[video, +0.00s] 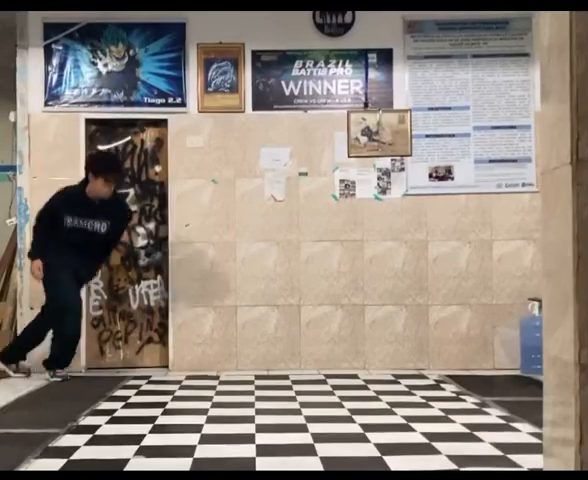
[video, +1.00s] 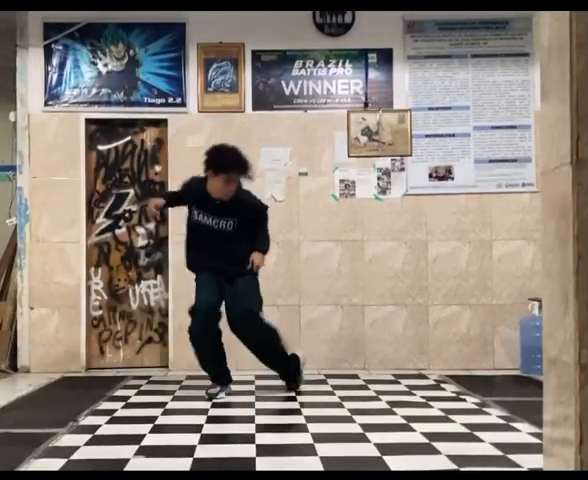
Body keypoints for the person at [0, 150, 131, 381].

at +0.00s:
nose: (111, 189)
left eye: (114, 183)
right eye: (107, 182)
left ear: (117, 182)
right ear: (92, 177)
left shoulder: (119, 211)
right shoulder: (65, 198)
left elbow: (109, 244)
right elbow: (41, 226)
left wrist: (97, 265)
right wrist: (36, 256)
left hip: (84, 269)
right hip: (55, 261)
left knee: (51, 313)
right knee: (70, 310)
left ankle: (11, 355)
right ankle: (56, 364)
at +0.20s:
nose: (152, 175)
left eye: (156, 169)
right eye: (149, 168)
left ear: (158, 167)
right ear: (134, 161)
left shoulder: (153, 190)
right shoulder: (108, 180)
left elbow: (152, 217)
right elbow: (77, 210)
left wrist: (153, 233)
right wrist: (105, 235)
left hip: (122, 254)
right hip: (90, 251)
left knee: (122, 305)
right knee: (84, 304)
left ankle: (86, 336)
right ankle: (60, 358)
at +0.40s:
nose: (211, 182)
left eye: (214, 177)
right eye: (209, 175)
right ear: (196, 167)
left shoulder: (195, 188)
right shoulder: (166, 184)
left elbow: (186, 215)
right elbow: (158, 222)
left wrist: (199, 221)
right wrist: (190, 230)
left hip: (167, 245)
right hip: (139, 245)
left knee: (193, 285)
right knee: (170, 288)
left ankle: (207, 347)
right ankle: (155, 325)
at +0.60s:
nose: (257, 207)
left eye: (260, 201)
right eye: (254, 201)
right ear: (238, 196)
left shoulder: (232, 218)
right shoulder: (219, 219)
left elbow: (226, 258)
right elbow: (217, 262)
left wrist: (246, 275)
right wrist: (242, 281)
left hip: (206, 271)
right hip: (184, 274)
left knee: (251, 311)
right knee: (229, 316)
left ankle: (251, 366)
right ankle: (215, 365)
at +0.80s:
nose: (261, 184)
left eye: (264, 178)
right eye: (258, 177)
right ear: (242, 170)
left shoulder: (255, 200)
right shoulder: (206, 187)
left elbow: (249, 221)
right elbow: (169, 211)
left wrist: (258, 241)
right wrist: (198, 241)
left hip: (234, 258)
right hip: (201, 258)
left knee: (256, 305)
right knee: (223, 301)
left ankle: (260, 357)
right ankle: (216, 350)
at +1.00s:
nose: (232, 188)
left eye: (236, 182)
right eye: (227, 181)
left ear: (240, 179)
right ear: (210, 175)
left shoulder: (251, 206)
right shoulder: (196, 189)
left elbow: (261, 233)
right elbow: (180, 197)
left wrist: (259, 251)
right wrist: (162, 201)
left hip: (241, 275)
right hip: (208, 274)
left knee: (244, 322)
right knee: (201, 325)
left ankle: (289, 369)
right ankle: (220, 381)